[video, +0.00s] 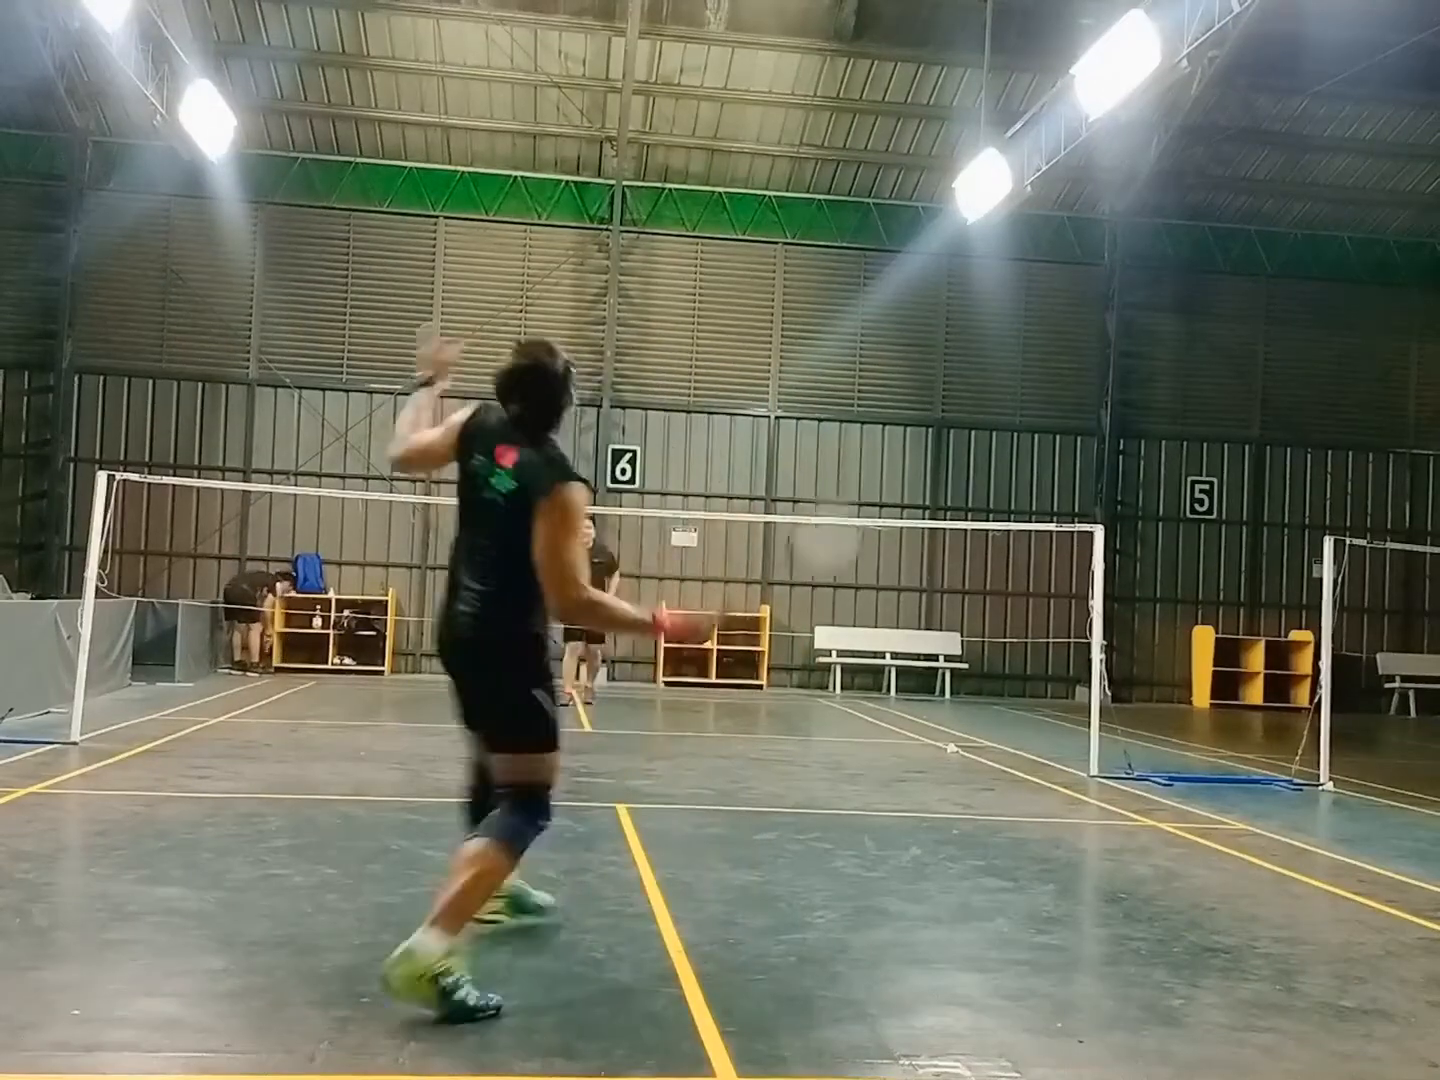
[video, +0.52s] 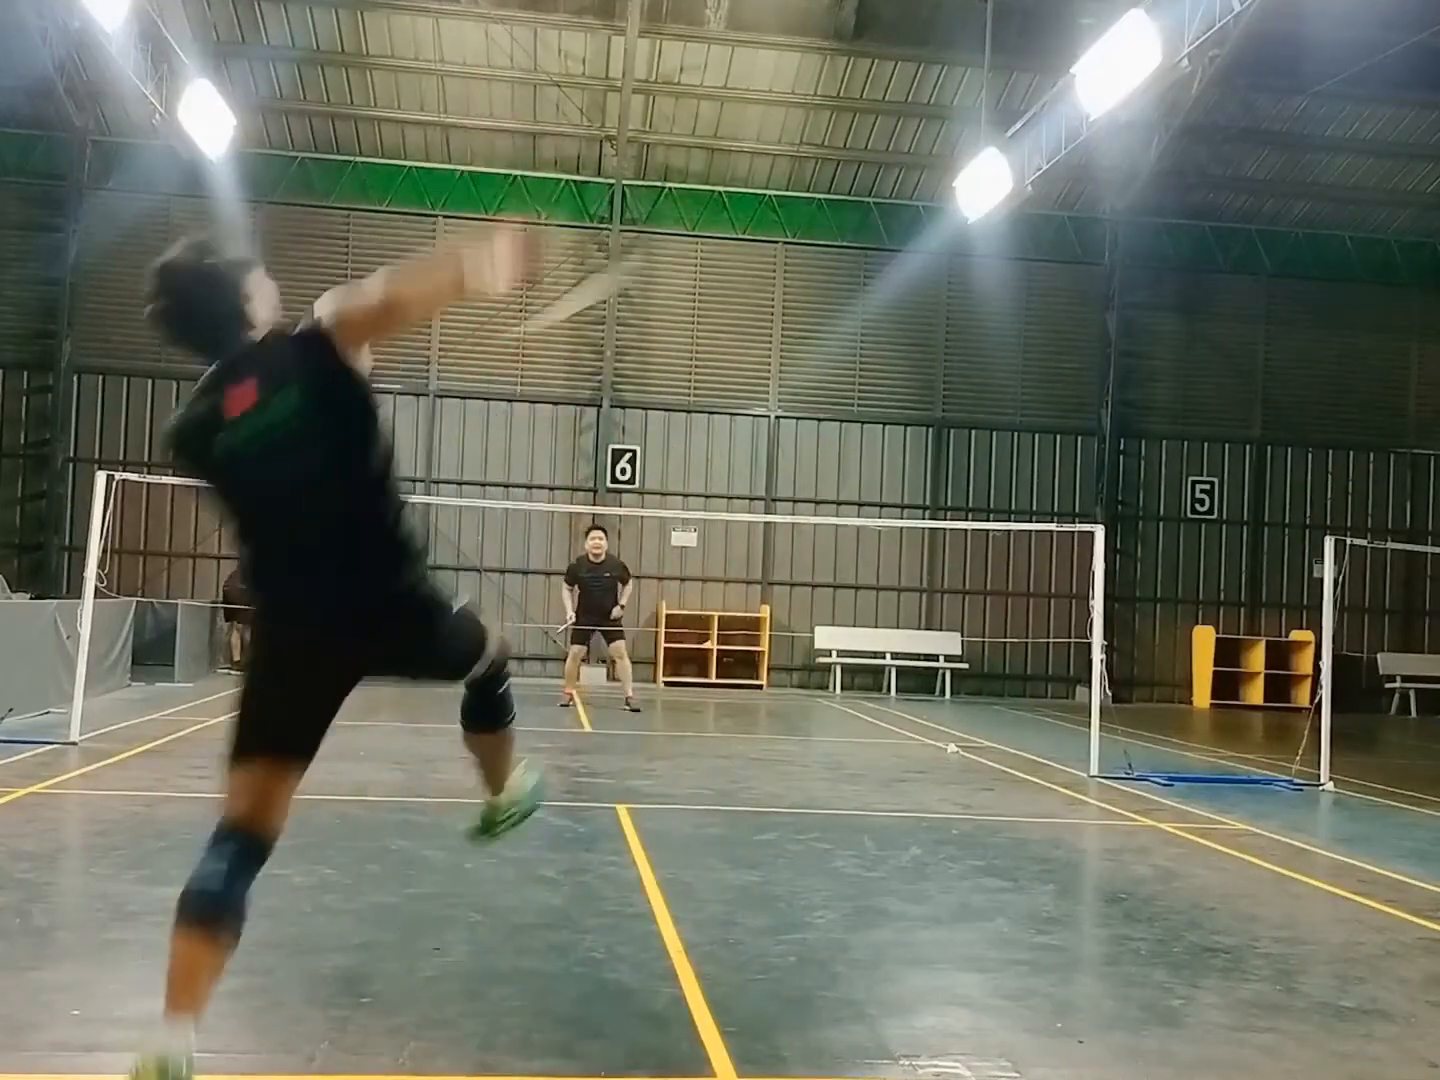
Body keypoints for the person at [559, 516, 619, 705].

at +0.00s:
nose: (585, 534)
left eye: (588, 529)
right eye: (581, 529)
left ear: (595, 531)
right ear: (574, 533)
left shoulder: (603, 553)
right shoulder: (568, 556)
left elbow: (614, 574)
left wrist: (609, 596)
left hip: (596, 611)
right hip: (573, 611)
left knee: (593, 652)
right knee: (572, 650)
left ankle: (589, 686)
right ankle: (568, 688)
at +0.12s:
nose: (582, 531)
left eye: (586, 527)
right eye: (578, 527)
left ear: (593, 531)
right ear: (572, 531)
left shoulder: (603, 554)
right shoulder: (566, 555)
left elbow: (614, 575)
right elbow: (558, 578)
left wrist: (610, 597)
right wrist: (560, 597)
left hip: (598, 604)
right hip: (574, 604)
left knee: (600, 649)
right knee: (572, 648)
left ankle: (593, 682)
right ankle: (568, 690)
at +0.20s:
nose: (582, 531)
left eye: (586, 528)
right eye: (579, 528)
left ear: (593, 531)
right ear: (573, 531)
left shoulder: (604, 554)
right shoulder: (566, 554)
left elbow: (615, 574)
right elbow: (555, 578)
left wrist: (611, 595)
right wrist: (560, 599)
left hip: (599, 607)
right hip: (576, 608)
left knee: (604, 648)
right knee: (573, 649)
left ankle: (598, 683)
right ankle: (568, 691)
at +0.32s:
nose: (587, 533)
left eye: (590, 529)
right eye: (582, 529)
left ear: (596, 533)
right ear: (575, 533)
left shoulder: (606, 554)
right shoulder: (567, 558)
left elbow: (618, 574)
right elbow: (556, 580)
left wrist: (615, 595)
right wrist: (562, 602)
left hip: (602, 611)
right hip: (577, 611)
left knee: (611, 649)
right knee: (573, 651)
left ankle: (618, 692)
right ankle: (567, 693)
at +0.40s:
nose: (590, 535)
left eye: (594, 532)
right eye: (586, 531)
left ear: (599, 536)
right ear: (578, 536)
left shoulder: (608, 557)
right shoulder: (570, 560)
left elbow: (620, 575)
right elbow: (558, 582)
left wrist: (617, 598)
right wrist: (564, 605)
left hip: (604, 613)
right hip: (578, 614)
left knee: (613, 651)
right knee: (573, 651)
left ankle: (625, 693)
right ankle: (568, 694)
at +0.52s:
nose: (597, 542)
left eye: (600, 539)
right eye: (592, 539)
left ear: (606, 543)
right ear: (586, 543)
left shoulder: (616, 565)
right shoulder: (577, 566)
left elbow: (627, 583)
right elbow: (567, 588)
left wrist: (621, 605)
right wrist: (569, 611)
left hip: (609, 617)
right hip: (584, 617)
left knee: (620, 653)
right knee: (575, 653)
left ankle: (629, 695)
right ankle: (568, 694)